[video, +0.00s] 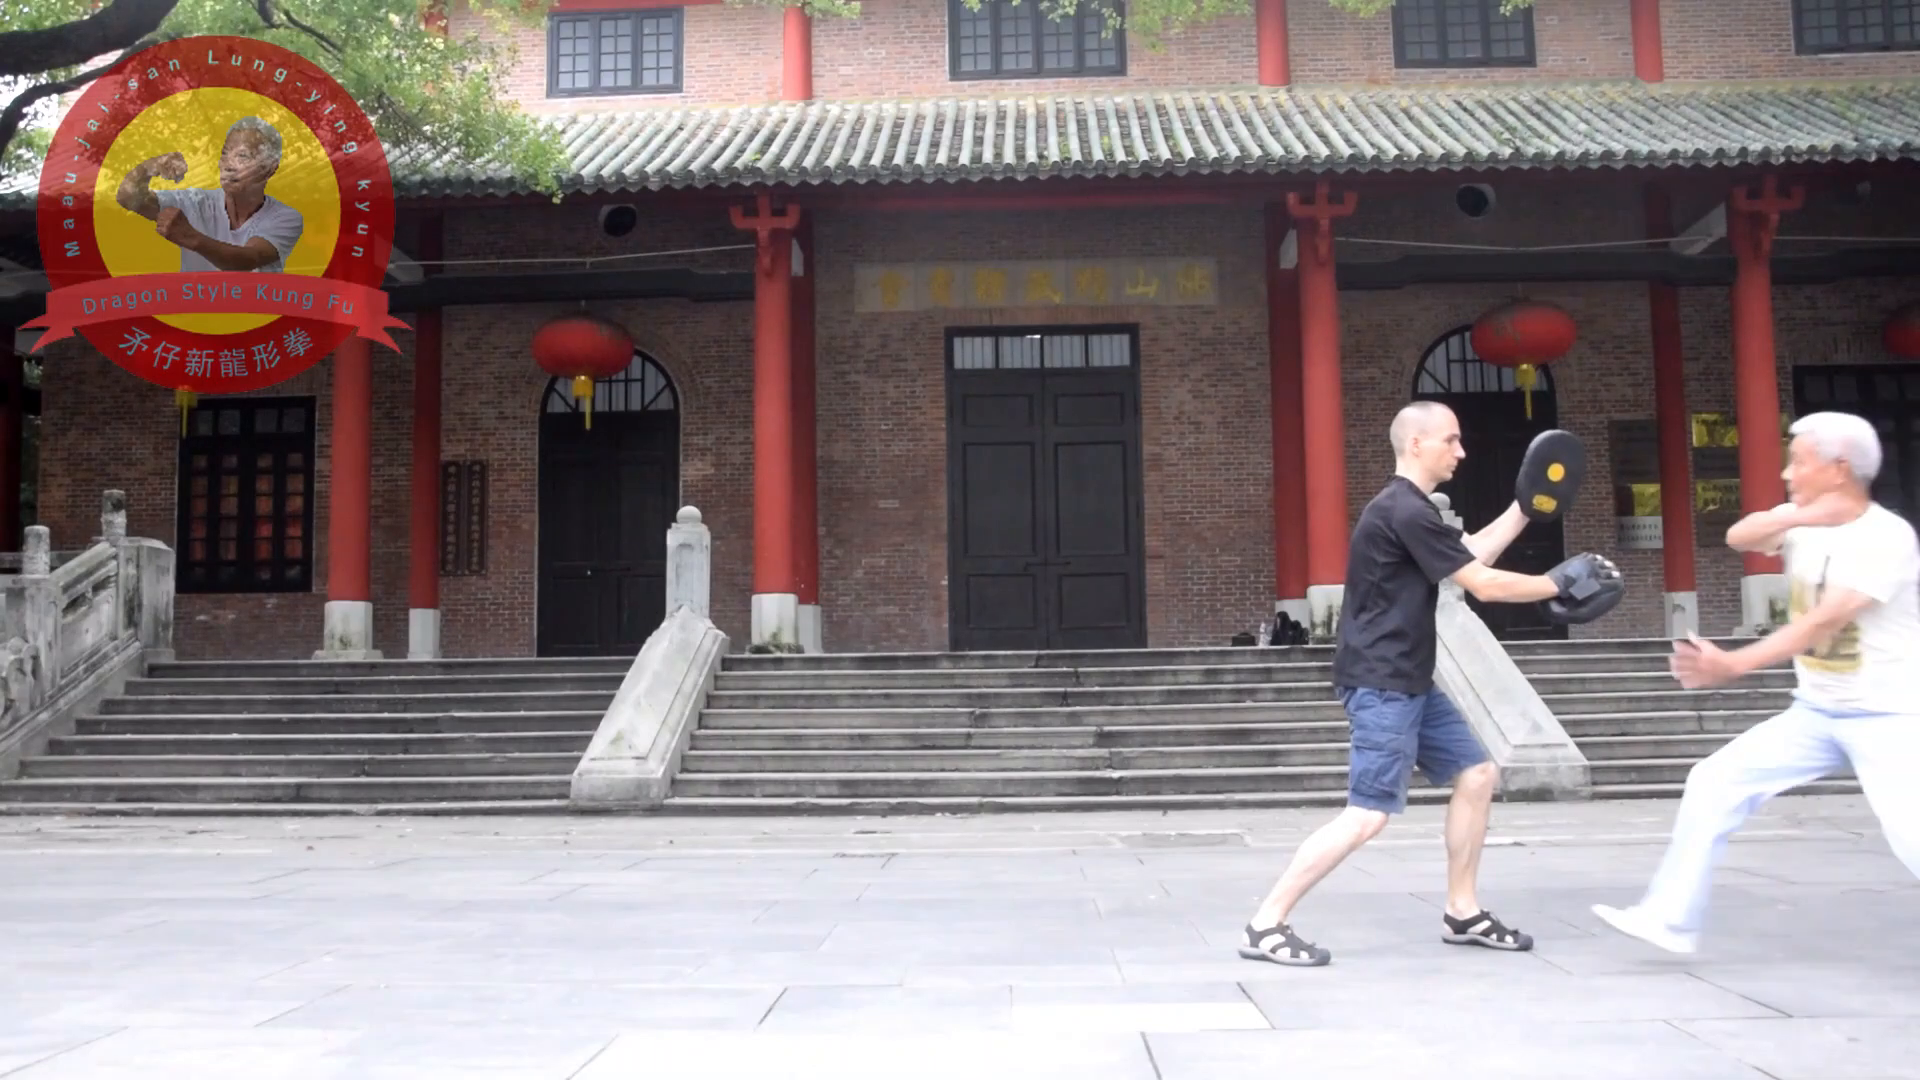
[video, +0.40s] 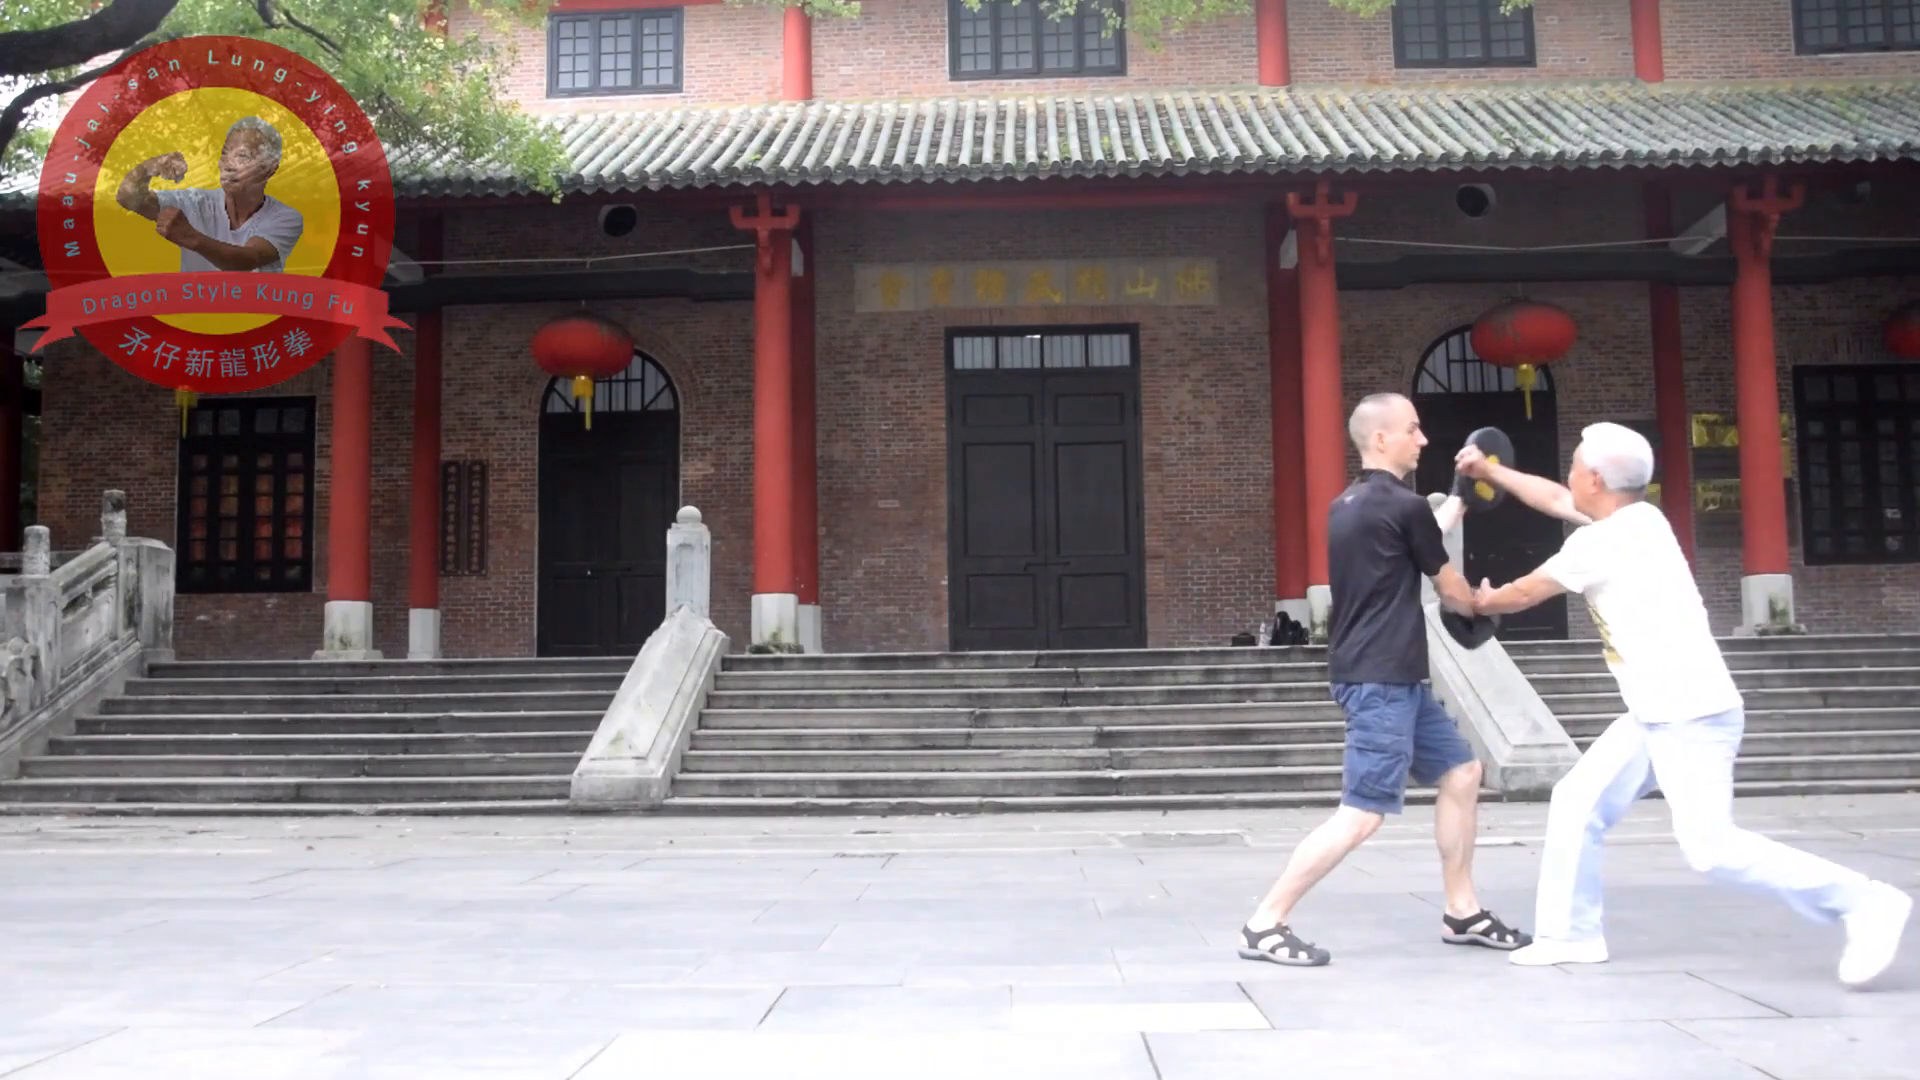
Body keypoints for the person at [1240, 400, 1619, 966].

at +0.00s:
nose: (1461, 450)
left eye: (1459, 440)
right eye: (1451, 440)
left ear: (1420, 445)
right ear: (1417, 444)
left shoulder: (1413, 504)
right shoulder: (1402, 510)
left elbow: (1470, 557)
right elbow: (1482, 585)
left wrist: (1525, 507)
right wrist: (1558, 586)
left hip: (1412, 680)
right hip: (1381, 681)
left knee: (1477, 777)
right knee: (1367, 816)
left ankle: (1463, 913)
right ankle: (1265, 924)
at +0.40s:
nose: (1424, 439)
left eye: (1420, 428)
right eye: (1413, 430)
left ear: (1375, 442)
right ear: (1382, 440)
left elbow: (1405, 555)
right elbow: (1450, 585)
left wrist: (1458, 503)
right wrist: (1481, 602)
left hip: (1389, 674)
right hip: (1382, 676)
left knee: (1462, 775)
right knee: (1362, 814)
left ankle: (1463, 912)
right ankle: (1265, 923)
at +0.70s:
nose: (1393, 456)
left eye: (1390, 444)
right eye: (1383, 445)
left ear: (1346, 453)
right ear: (1347, 452)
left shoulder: (1325, 514)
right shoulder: (1349, 515)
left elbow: (1391, 558)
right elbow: (1430, 574)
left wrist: (1441, 510)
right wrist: (1493, 594)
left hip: (1373, 681)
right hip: (1346, 685)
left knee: (1448, 780)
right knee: (1379, 823)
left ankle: (1463, 913)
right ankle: (1261, 910)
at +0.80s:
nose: (1363, 457)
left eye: (1362, 447)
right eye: (1354, 447)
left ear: (1321, 451)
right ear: (1319, 451)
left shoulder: (1318, 515)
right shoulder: (1307, 519)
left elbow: (1367, 576)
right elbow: (1378, 592)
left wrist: (1418, 532)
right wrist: (1442, 622)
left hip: (1356, 683)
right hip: (1321, 688)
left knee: (1424, 788)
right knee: (1364, 822)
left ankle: (1461, 914)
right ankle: (1252, 916)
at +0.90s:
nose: (1340, 454)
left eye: (1338, 444)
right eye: (1330, 444)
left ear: (1296, 450)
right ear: (1296, 449)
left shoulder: (1282, 510)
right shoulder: (1288, 515)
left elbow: (1316, 591)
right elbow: (1348, 597)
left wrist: (1373, 567)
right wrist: (1412, 651)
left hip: (1299, 682)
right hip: (1279, 685)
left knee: (1378, 779)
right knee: (1337, 812)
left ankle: (1418, 908)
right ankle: (1246, 928)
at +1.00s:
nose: (1319, 458)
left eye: (1317, 448)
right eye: (1309, 448)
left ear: (1279, 454)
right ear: (1275, 453)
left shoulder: (1265, 512)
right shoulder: (1257, 513)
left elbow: (1302, 596)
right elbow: (1332, 576)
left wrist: (1355, 574)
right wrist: (1420, 604)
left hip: (1248, 673)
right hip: (1232, 677)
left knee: (1325, 767)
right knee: (1316, 789)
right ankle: (1249, 926)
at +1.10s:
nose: (1291, 459)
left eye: (1290, 448)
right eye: (1282, 448)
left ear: (1249, 457)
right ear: (1248, 454)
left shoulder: (1242, 518)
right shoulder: (1224, 510)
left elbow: (1306, 583)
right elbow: (1312, 535)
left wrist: (1376, 561)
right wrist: (1395, 495)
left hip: (1187, 678)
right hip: (1200, 677)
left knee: (1202, 819)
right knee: (1291, 788)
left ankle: (1075, 888)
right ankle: (1245, 929)